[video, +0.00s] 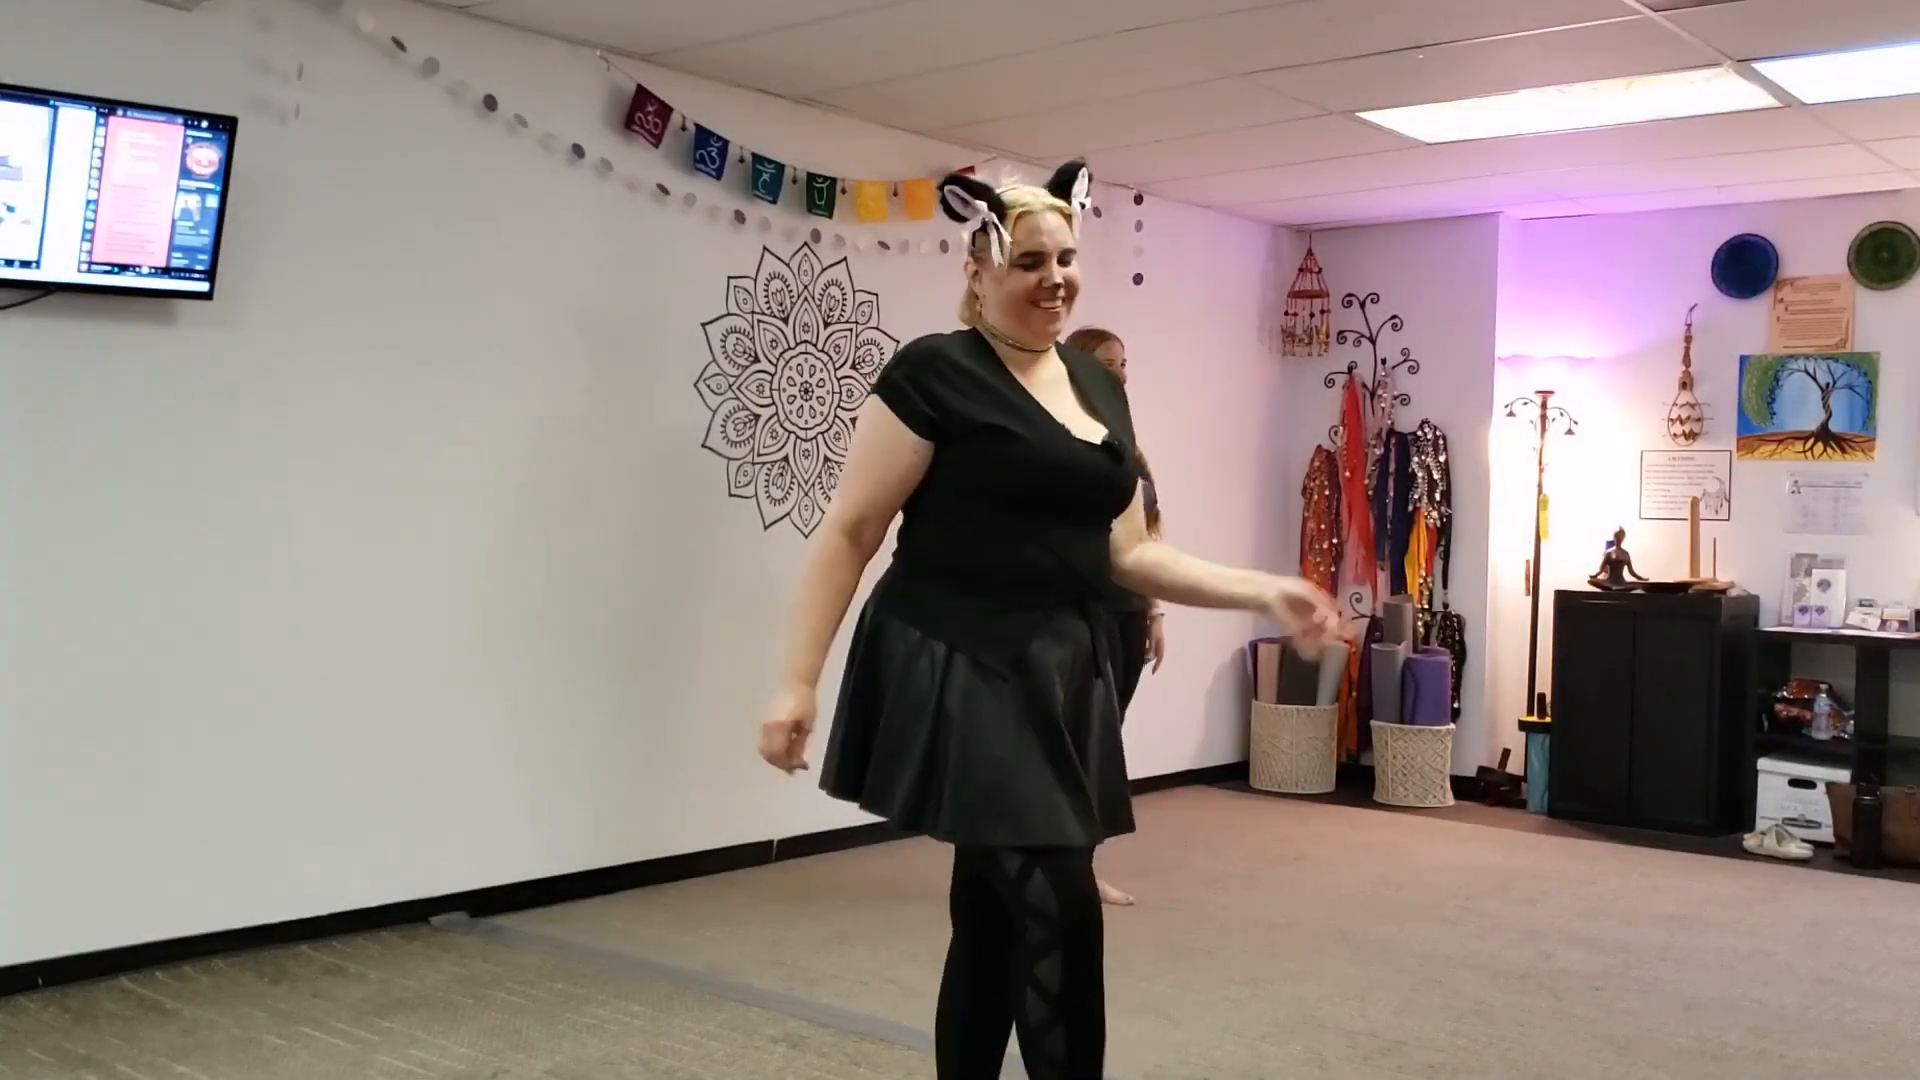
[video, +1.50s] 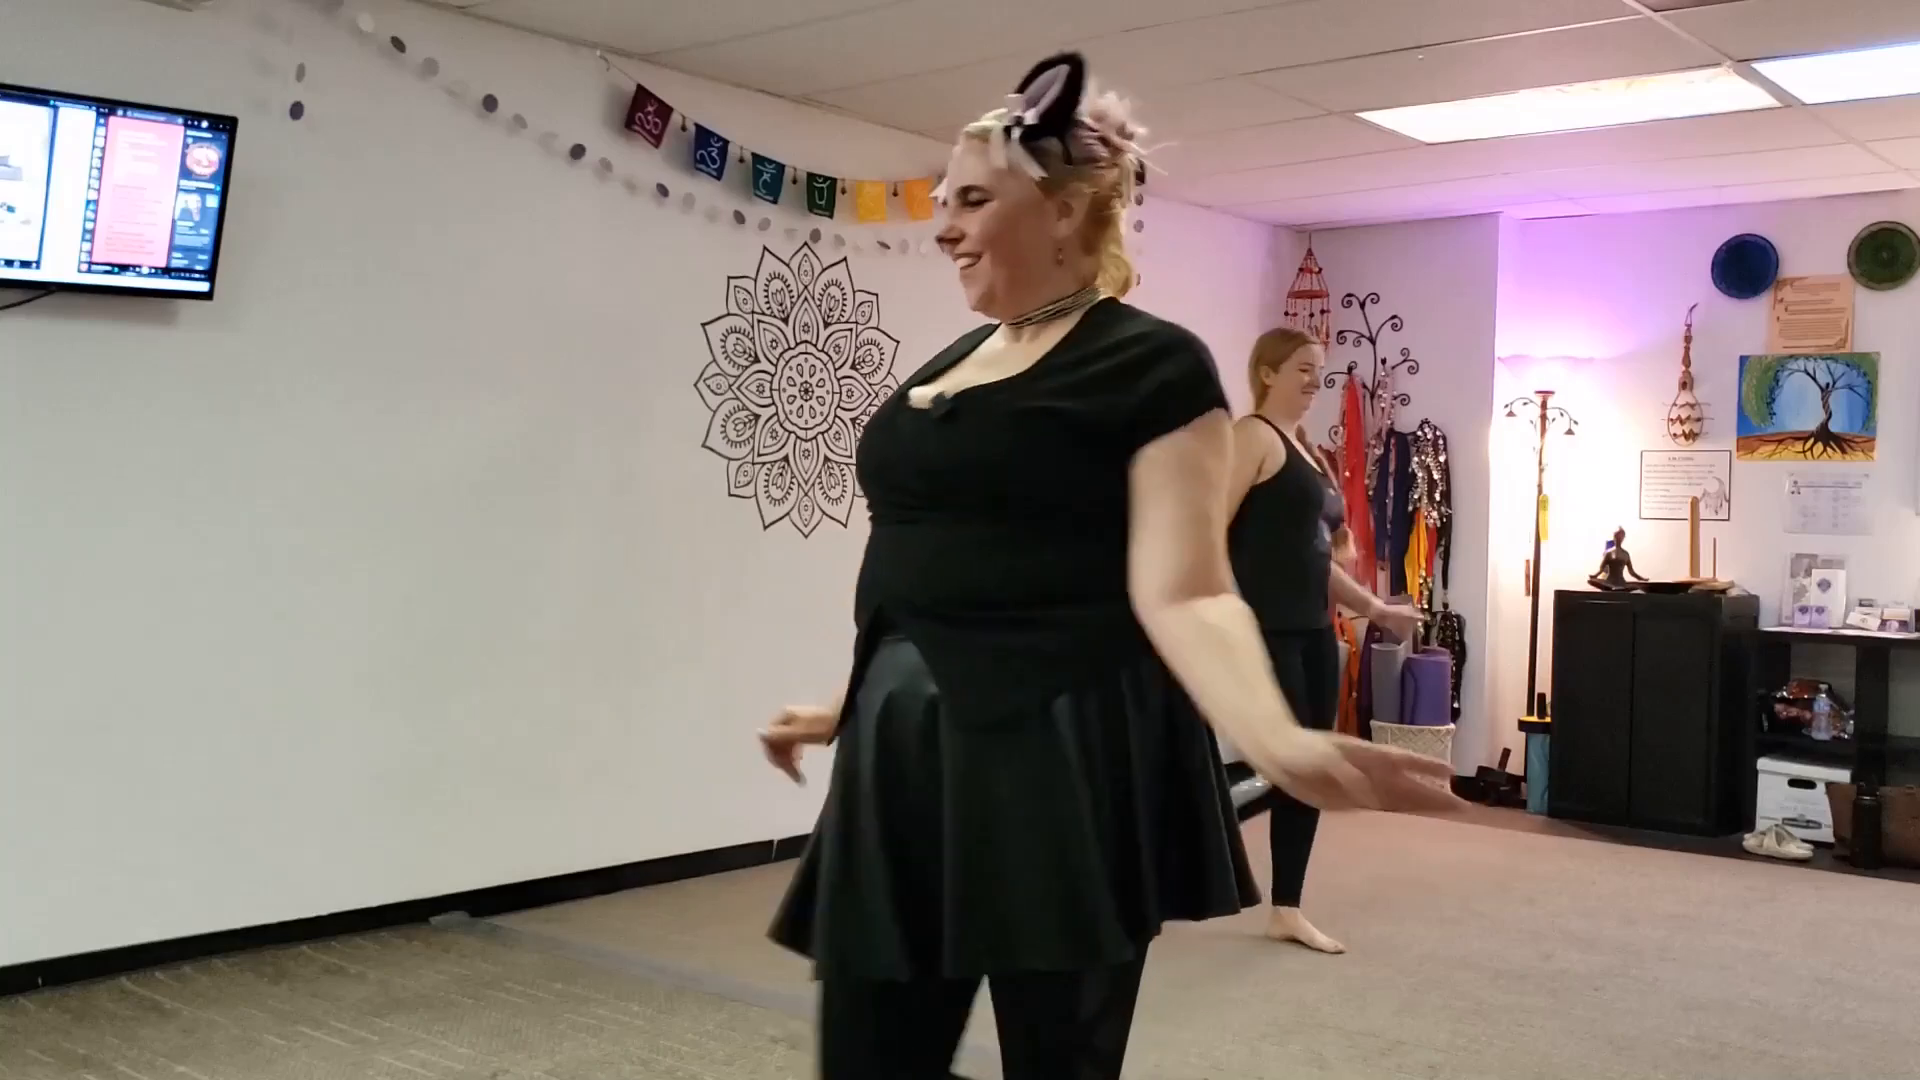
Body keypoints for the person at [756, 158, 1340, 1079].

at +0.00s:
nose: (1055, 278)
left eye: (1066, 259)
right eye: (1031, 260)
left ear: (1079, 269)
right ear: (978, 270)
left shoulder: (1086, 387)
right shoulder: (932, 374)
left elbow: (1130, 552)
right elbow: (850, 533)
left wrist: (1271, 592)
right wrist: (797, 687)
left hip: (1060, 671)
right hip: (950, 668)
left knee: (992, 924)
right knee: (1065, 909)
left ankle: (966, 1076)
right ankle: (1067, 1072)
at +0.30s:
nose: (1071, 269)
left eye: (1087, 250)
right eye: (1046, 255)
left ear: (1114, 275)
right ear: (1013, 285)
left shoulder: (1158, 405)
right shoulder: (970, 387)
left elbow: (1231, 554)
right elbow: (869, 543)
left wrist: (1367, 468)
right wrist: (770, 677)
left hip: (1107, 704)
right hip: (984, 697)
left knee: (1032, 960)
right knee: (1077, 967)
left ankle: (987, 1074)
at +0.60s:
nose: (1090, 276)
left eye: (1113, 258)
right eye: (1068, 259)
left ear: (1147, 275)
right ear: (1037, 279)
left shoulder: (1207, 392)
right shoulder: (989, 401)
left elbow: (1296, 554)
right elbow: (881, 570)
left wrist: (1395, 472)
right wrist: (758, 670)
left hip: (1171, 721)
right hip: (1017, 724)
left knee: (1222, 994)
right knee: (1078, 1022)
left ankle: (1078, 1013)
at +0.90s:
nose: (1071, 227)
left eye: (1099, 208)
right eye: (1053, 209)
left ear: (1150, 228)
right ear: (1032, 230)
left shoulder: (1217, 357)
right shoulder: (985, 366)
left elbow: (1294, 539)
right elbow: (908, 544)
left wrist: (1398, 626)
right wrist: (784, 637)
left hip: (1172, 718)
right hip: (1016, 719)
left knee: (1132, 1006)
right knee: (1066, 1012)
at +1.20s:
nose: (1024, 223)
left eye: (1057, 196)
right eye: (1018, 203)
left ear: (1141, 215)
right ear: (1013, 223)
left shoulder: (1211, 373)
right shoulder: (982, 363)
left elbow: (1261, 605)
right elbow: (914, 557)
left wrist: (1319, 785)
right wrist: (800, 667)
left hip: (1136, 761)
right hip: (975, 758)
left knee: (1076, 1051)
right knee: (1046, 1049)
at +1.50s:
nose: (944, 228)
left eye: (973, 199)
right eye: (946, 204)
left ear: (1072, 207)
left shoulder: (1156, 365)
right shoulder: (950, 366)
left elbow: (1188, 593)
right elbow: (934, 592)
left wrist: (1282, 741)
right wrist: (848, 711)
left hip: (1071, 773)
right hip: (907, 762)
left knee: (1060, 1060)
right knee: (866, 1059)